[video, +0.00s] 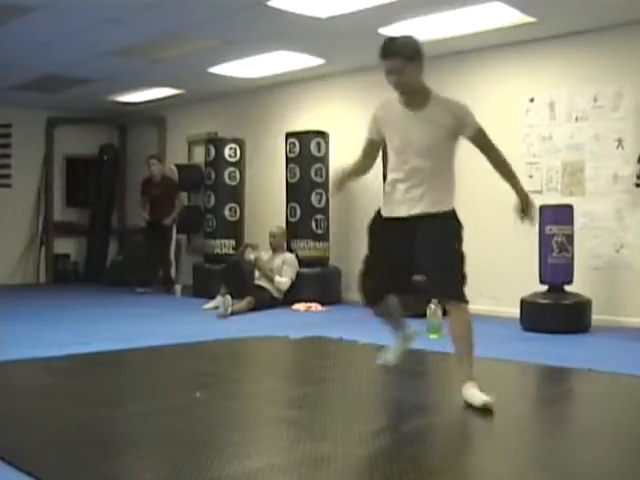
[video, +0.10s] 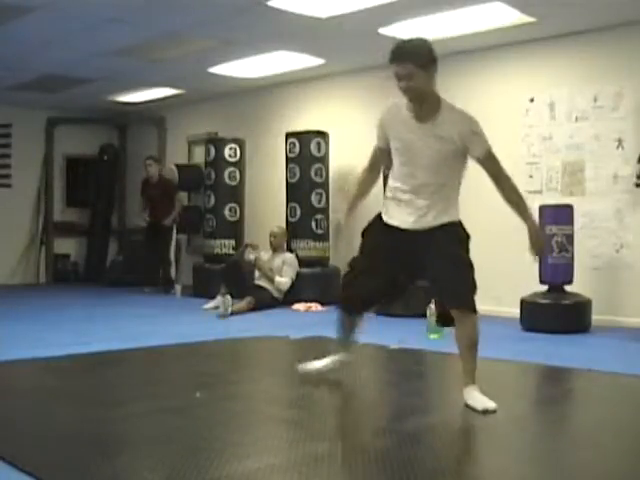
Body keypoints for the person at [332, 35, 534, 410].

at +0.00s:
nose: (394, 79)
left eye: (400, 71)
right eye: (388, 72)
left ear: (420, 66)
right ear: (384, 73)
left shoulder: (452, 111)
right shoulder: (384, 113)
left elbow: (490, 151)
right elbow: (366, 158)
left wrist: (520, 191)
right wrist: (347, 175)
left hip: (437, 219)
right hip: (391, 221)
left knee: (452, 297)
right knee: (372, 291)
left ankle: (468, 383)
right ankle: (403, 333)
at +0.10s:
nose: (402, 85)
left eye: (408, 77)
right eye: (397, 78)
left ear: (431, 74)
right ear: (393, 78)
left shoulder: (462, 125)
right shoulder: (391, 116)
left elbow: (499, 176)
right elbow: (374, 167)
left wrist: (531, 224)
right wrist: (348, 210)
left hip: (442, 232)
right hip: (391, 229)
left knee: (463, 303)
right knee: (352, 295)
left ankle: (470, 386)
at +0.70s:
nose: (309, 49)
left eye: (314, 40)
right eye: (299, 43)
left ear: (322, 37)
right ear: (283, 44)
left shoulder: (341, 86)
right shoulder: (258, 92)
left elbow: (399, 108)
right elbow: (226, 142)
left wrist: (445, 106)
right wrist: (216, 181)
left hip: (341, 218)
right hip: (282, 220)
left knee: (394, 303)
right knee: (261, 313)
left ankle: (427, 389)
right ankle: (248, 408)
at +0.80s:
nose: (311, 21)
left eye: (316, 13)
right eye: (302, 13)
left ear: (323, 16)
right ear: (282, 17)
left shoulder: (341, 66)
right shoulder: (255, 66)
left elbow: (398, 106)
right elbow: (222, 121)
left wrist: (432, 153)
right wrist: (232, 152)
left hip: (329, 202)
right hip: (271, 203)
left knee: (359, 302)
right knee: (255, 306)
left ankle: (366, 391)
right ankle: (247, 401)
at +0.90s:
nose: (318, 21)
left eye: (323, 15)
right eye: (310, 12)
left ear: (327, 22)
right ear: (286, 14)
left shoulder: (339, 71)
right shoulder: (254, 64)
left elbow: (377, 127)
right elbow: (223, 121)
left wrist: (403, 181)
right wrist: (234, 159)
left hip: (316, 199)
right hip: (261, 198)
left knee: (329, 298)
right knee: (243, 298)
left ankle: (325, 396)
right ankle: (238, 386)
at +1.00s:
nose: (321, 38)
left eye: (327, 34)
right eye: (313, 29)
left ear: (330, 44)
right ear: (290, 33)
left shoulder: (337, 100)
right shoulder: (249, 88)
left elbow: (349, 162)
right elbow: (223, 144)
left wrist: (359, 210)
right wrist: (225, 198)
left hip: (307, 222)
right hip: (252, 217)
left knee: (325, 309)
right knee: (227, 305)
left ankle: (318, 403)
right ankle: (215, 368)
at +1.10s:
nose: (308, 47)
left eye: (315, 43)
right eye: (302, 37)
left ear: (319, 53)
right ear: (279, 40)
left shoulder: (320, 110)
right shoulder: (238, 94)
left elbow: (320, 182)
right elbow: (213, 155)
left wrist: (322, 241)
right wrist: (206, 217)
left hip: (294, 225)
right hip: (238, 223)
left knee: (318, 306)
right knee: (210, 304)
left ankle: (316, 403)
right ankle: (201, 351)